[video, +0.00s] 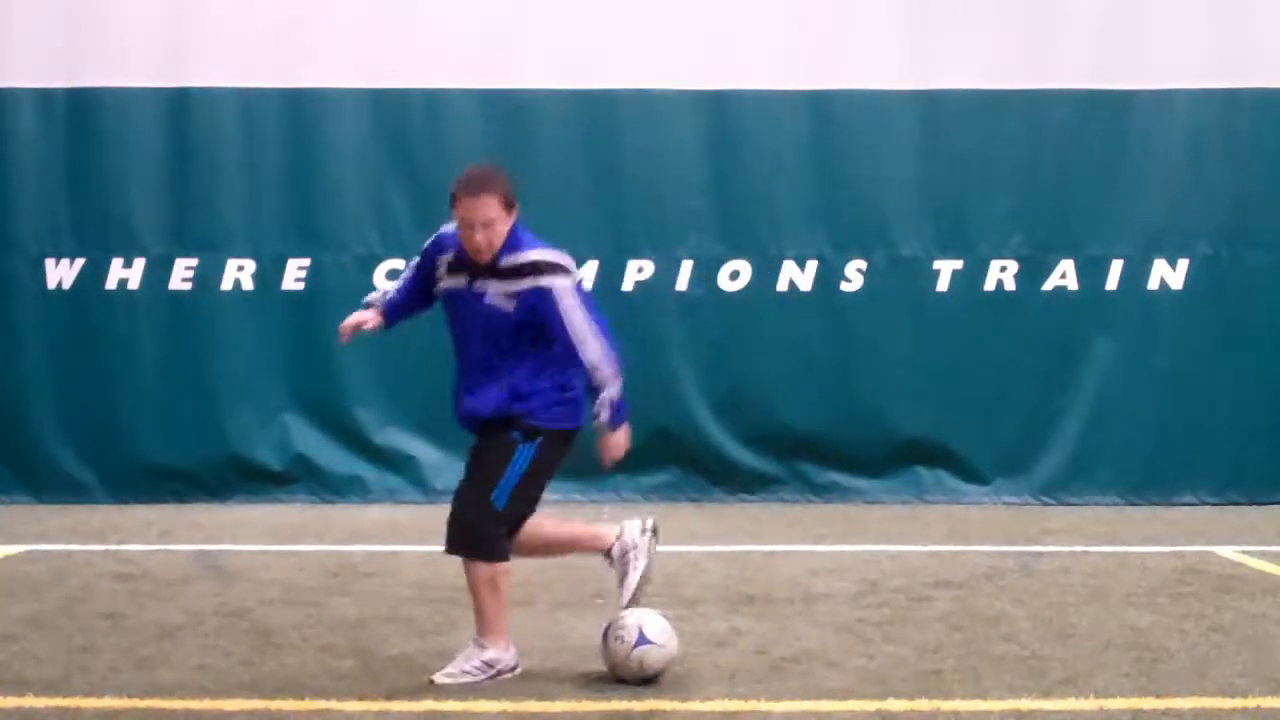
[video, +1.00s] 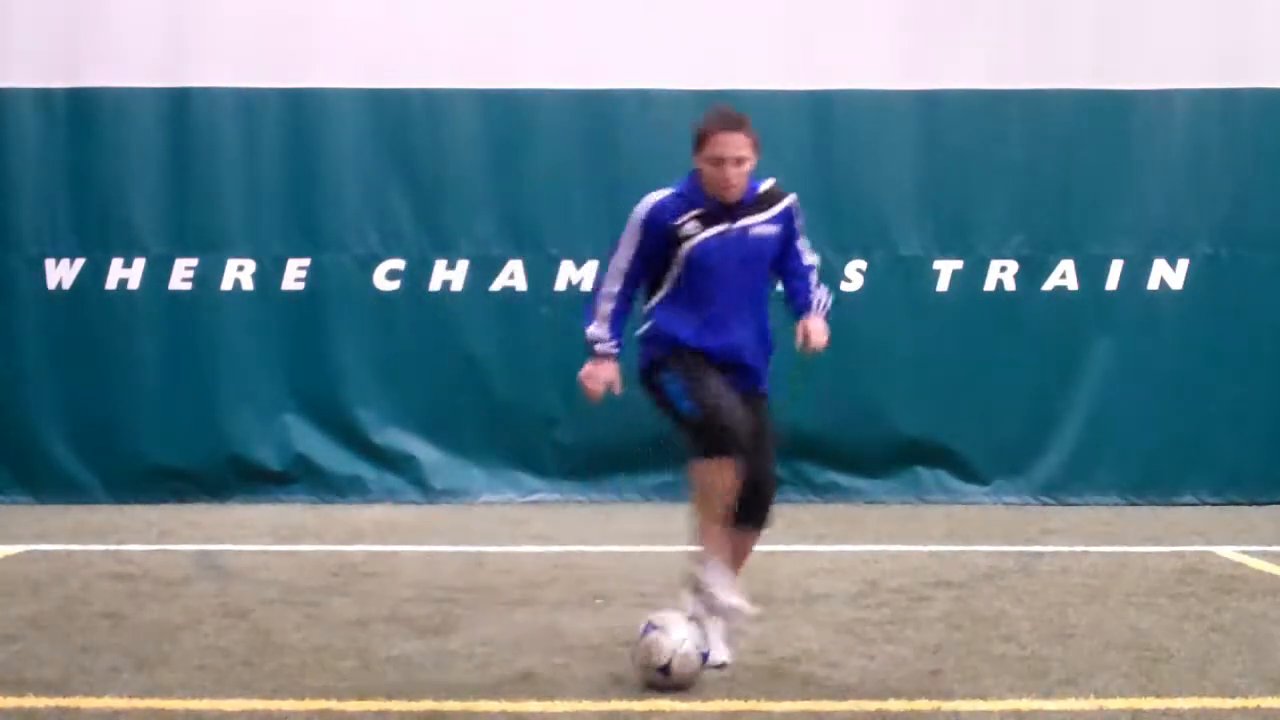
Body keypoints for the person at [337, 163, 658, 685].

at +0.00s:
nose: (476, 238)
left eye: (487, 225)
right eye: (467, 226)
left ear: (511, 216)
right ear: (454, 219)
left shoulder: (544, 268)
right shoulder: (446, 250)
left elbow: (591, 342)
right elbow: (418, 287)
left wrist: (612, 416)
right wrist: (382, 313)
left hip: (542, 416)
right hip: (494, 415)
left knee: (476, 523)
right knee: (495, 530)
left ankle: (495, 650)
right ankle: (617, 541)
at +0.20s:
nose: (481, 229)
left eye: (491, 216)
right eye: (470, 217)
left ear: (512, 207)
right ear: (455, 211)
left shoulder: (551, 255)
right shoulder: (442, 246)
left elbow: (616, 314)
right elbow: (411, 280)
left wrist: (637, 379)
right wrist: (380, 308)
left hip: (542, 415)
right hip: (483, 415)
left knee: (486, 522)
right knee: (462, 522)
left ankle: (496, 649)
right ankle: (591, 529)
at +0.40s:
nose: (509, 201)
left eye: (517, 187)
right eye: (496, 190)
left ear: (535, 181)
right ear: (479, 188)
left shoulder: (574, 226)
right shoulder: (461, 237)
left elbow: (628, 279)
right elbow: (430, 297)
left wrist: (640, 357)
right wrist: (413, 362)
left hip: (577, 391)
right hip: (506, 398)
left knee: (574, 495)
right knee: (488, 519)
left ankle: (574, 606)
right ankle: (490, 630)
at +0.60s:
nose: (574, 176)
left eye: (583, 164)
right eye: (563, 166)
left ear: (599, 162)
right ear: (543, 166)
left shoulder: (631, 210)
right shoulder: (517, 214)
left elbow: (675, 278)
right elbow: (478, 269)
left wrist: (688, 335)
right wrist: (458, 318)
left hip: (619, 380)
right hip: (542, 388)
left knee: (681, 466)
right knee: (518, 509)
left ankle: (749, 576)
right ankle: (501, 621)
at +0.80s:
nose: (655, 169)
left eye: (666, 159)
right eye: (644, 159)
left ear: (682, 162)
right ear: (626, 162)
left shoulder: (713, 217)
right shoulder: (595, 213)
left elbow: (747, 291)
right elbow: (560, 277)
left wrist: (754, 354)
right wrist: (554, 334)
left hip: (690, 378)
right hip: (616, 373)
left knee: (709, 507)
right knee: (602, 450)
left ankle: (711, 627)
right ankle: (627, 573)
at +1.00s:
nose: (733, 174)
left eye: (742, 162)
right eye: (720, 162)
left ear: (757, 161)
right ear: (698, 162)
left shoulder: (778, 207)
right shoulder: (663, 212)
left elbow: (801, 269)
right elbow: (619, 280)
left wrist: (813, 311)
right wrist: (602, 350)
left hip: (743, 364)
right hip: (677, 353)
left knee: (758, 489)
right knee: (724, 429)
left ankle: (712, 609)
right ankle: (712, 565)